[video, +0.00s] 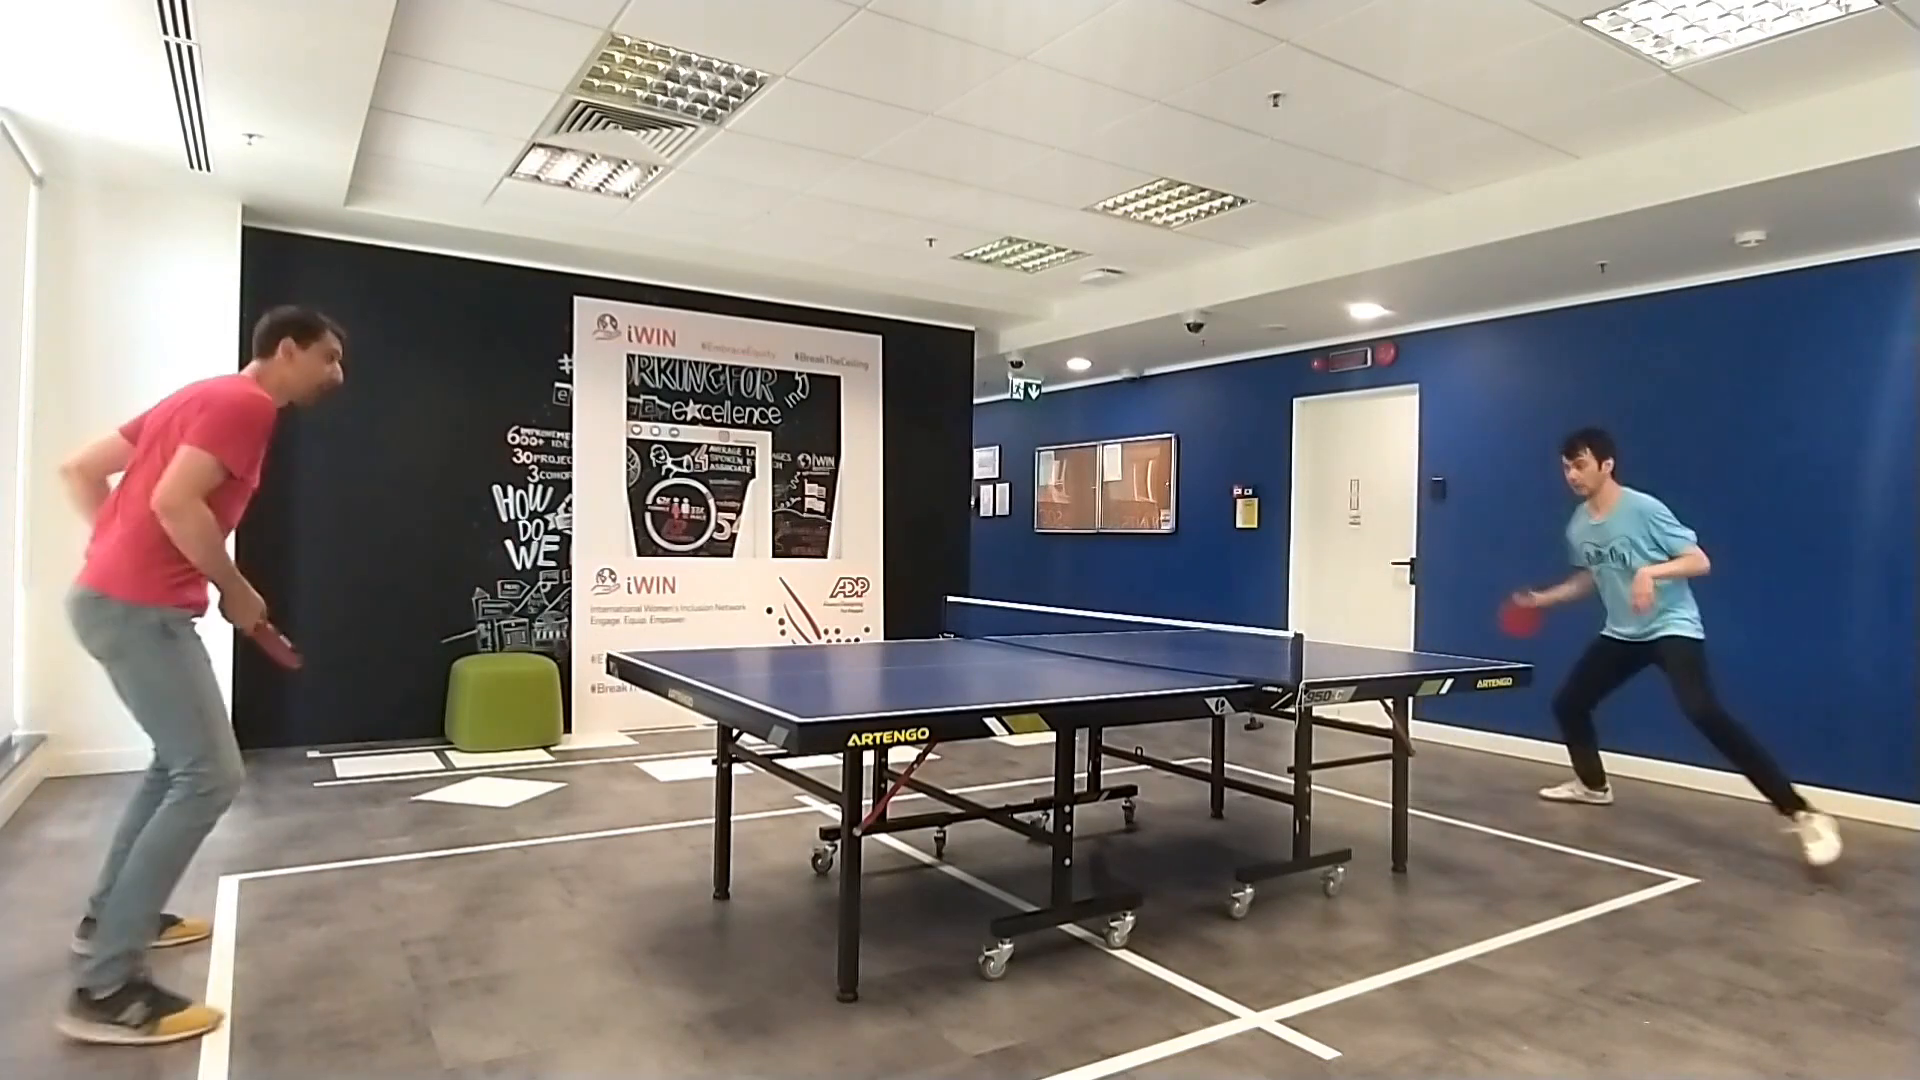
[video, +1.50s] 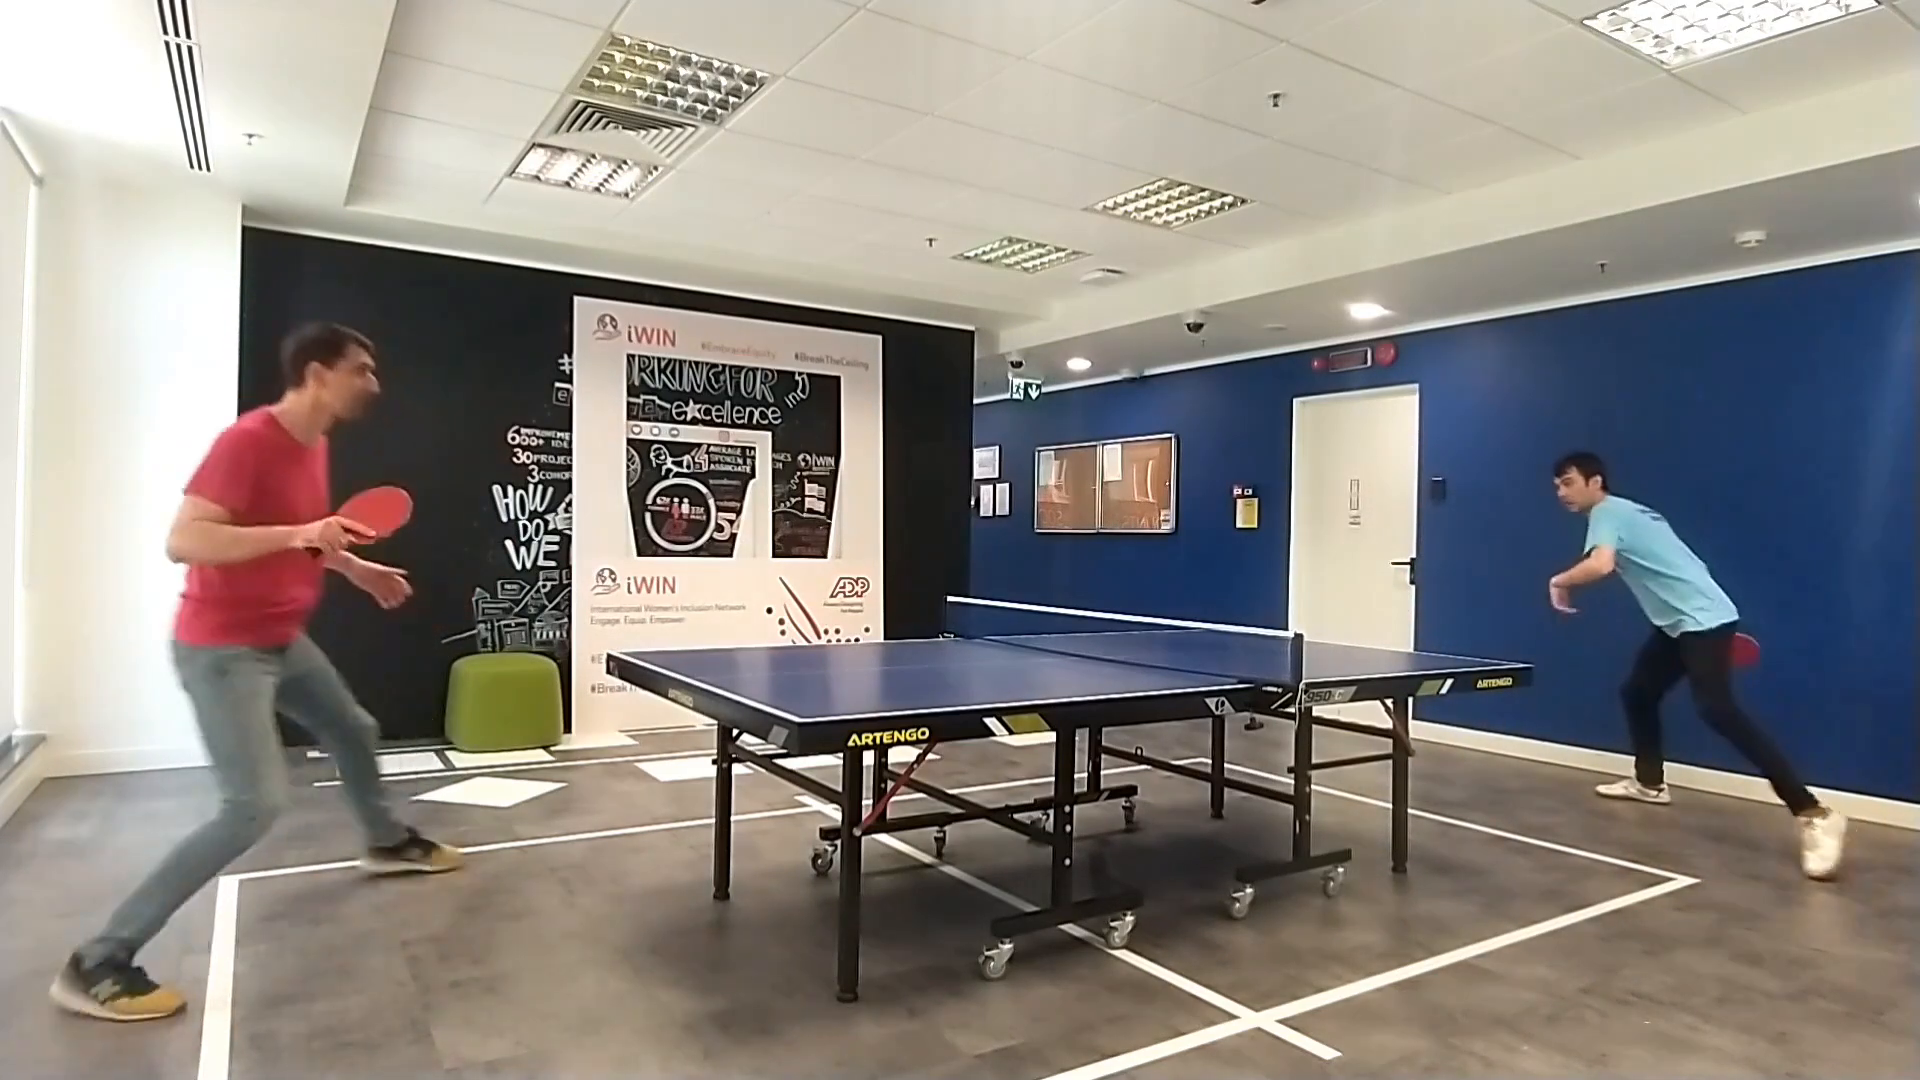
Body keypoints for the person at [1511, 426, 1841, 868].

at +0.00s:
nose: (1570, 474)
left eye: (1578, 464)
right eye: (1566, 466)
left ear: (1606, 465)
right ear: (1566, 471)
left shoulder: (1643, 508)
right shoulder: (1579, 524)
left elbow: (1698, 561)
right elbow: (1592, 576)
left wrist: (1650, 571)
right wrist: (1545, 599)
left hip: (1672, 628)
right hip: (1622, 634)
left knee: (1702, 712)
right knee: (1569, 704)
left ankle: (1802, 815)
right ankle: (1592, 786)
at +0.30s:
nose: (1689, 478)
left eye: (1690, 466)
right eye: (1685, 468)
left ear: (1715, 453)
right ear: (1714, 457)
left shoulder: (1766, 500)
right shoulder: (1733, 500)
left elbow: (1791, 575)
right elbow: (1734, 558)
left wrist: (1723, 553)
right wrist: (1682, 542)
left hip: (1763, 650)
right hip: (1717, 635)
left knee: (1775, 751)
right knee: (1664, 702)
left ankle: (1869, 854)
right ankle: (1629, 780)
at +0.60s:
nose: (1780, 445)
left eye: (1791, 436)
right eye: (1778, 437)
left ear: (1827, 443)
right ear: (1780, 443)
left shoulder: (1853, 509)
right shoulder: (1770, 472)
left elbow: (1873, 584)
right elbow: (1722, 484)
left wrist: (1806, 578)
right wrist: (1708, 510)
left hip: (1809, 636)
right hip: (1750, 620)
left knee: (1815, 735)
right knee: (1706, 692)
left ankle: (1874, 853)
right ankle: (1717, 771)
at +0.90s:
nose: (1737, 468)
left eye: (1747, 459)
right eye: (1732, 461)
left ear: (1779, 465)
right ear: (1730, 469)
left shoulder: (1812, 525)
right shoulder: (1733, 506)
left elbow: (1840, 598)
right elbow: (1724, 542)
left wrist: (1776, 620)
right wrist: (1681, 577)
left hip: (1800, 645)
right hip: (1741, 632)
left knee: (1812, 732)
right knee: (1683, 694)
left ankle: (1874, 852)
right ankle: (1645, 765)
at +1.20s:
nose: (1616, 492)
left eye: (1625, 483)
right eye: (1613, 486)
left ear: (1653, 487)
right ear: (1616, 494)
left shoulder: (1675, 528)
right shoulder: (1653, 536)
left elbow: (1685, 598)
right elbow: (1680, 599)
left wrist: (1627, 611)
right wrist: (1653, 640)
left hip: (1735, 646)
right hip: (1697, 645)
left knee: (1770, 737)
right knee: (1630, 696)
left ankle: (1857, 849)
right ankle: (1646, 784)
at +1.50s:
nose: (1560, 492)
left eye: (1567, 482)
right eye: (1558, 485)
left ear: (1595, 482)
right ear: (1595, 487)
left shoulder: (1607, 512)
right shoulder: (1631, 511)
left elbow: (1602, 564)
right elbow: (1678, 565)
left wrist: (1560, 580)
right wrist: (1720, 623)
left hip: (1703, 621)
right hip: (1679, 624)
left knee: (1718, 710)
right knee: (1639, 694)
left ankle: (1814, 815)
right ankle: (1649, 782)